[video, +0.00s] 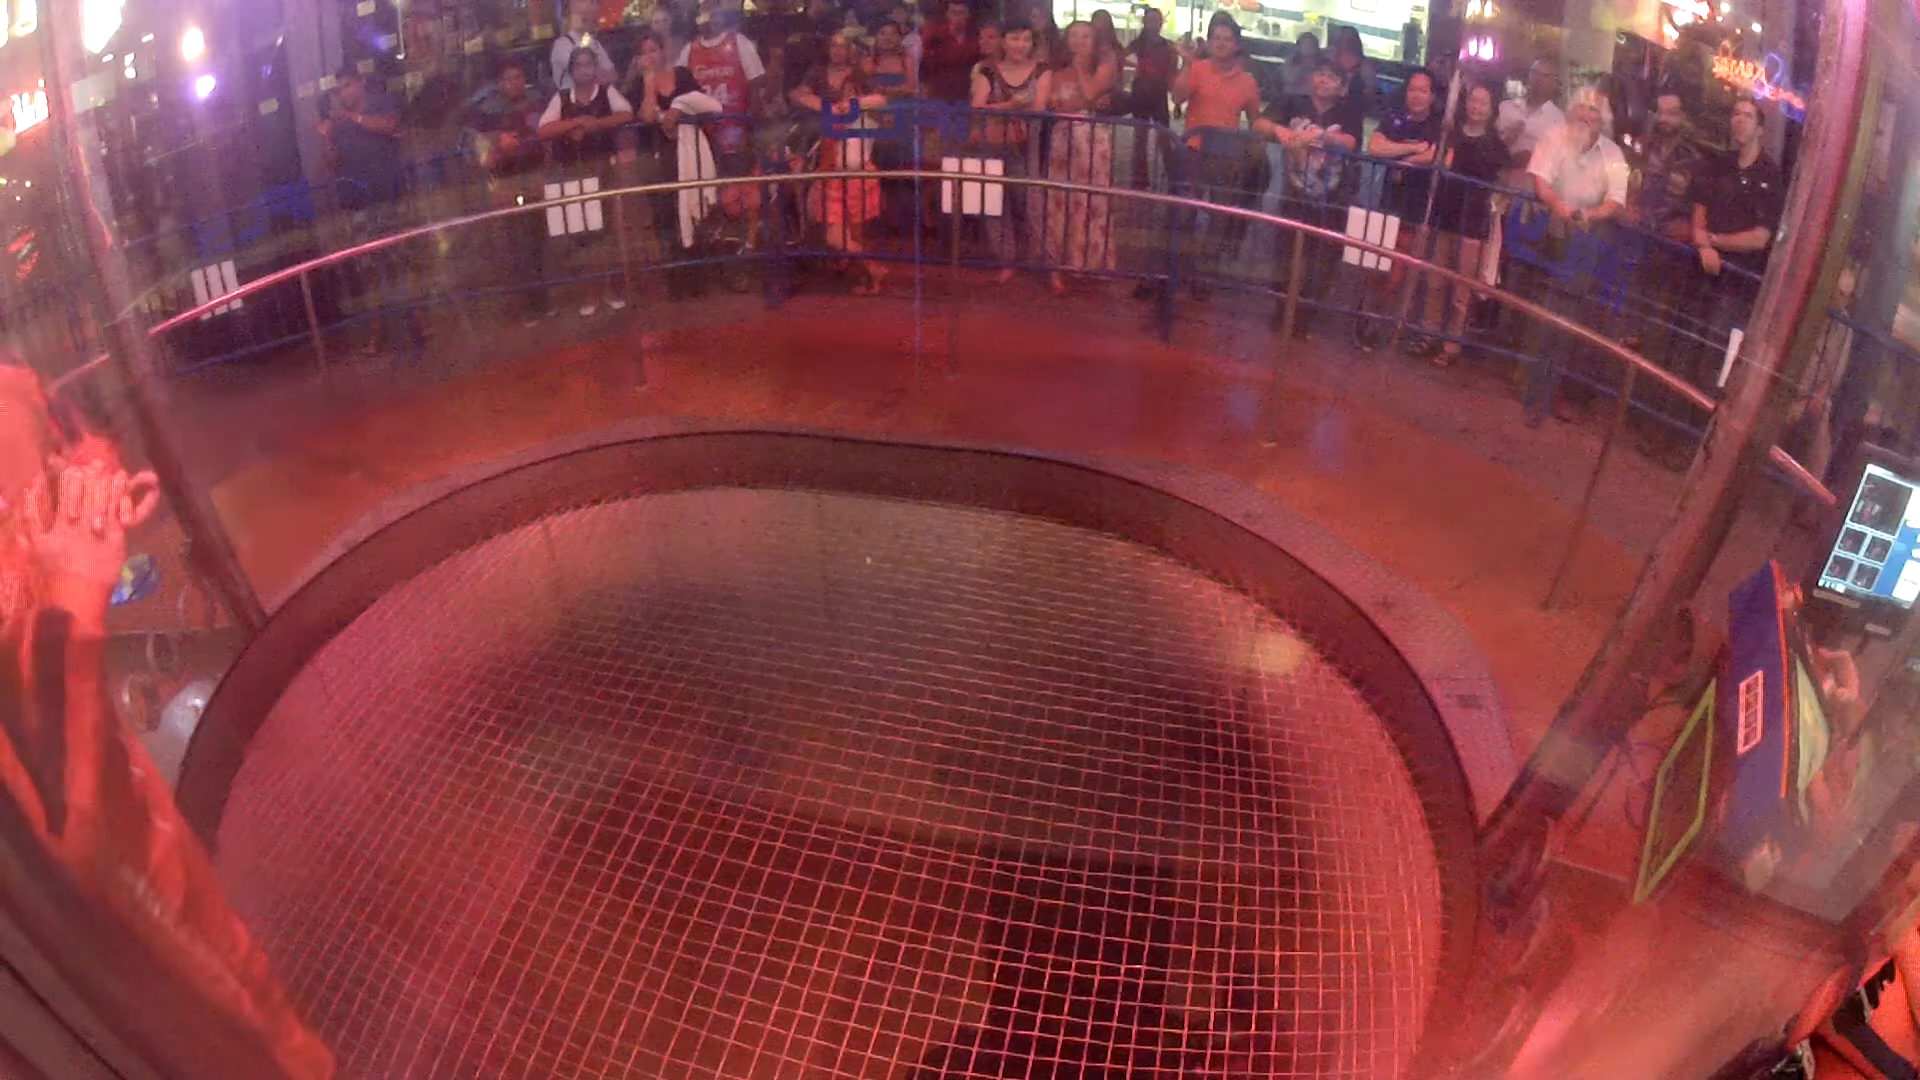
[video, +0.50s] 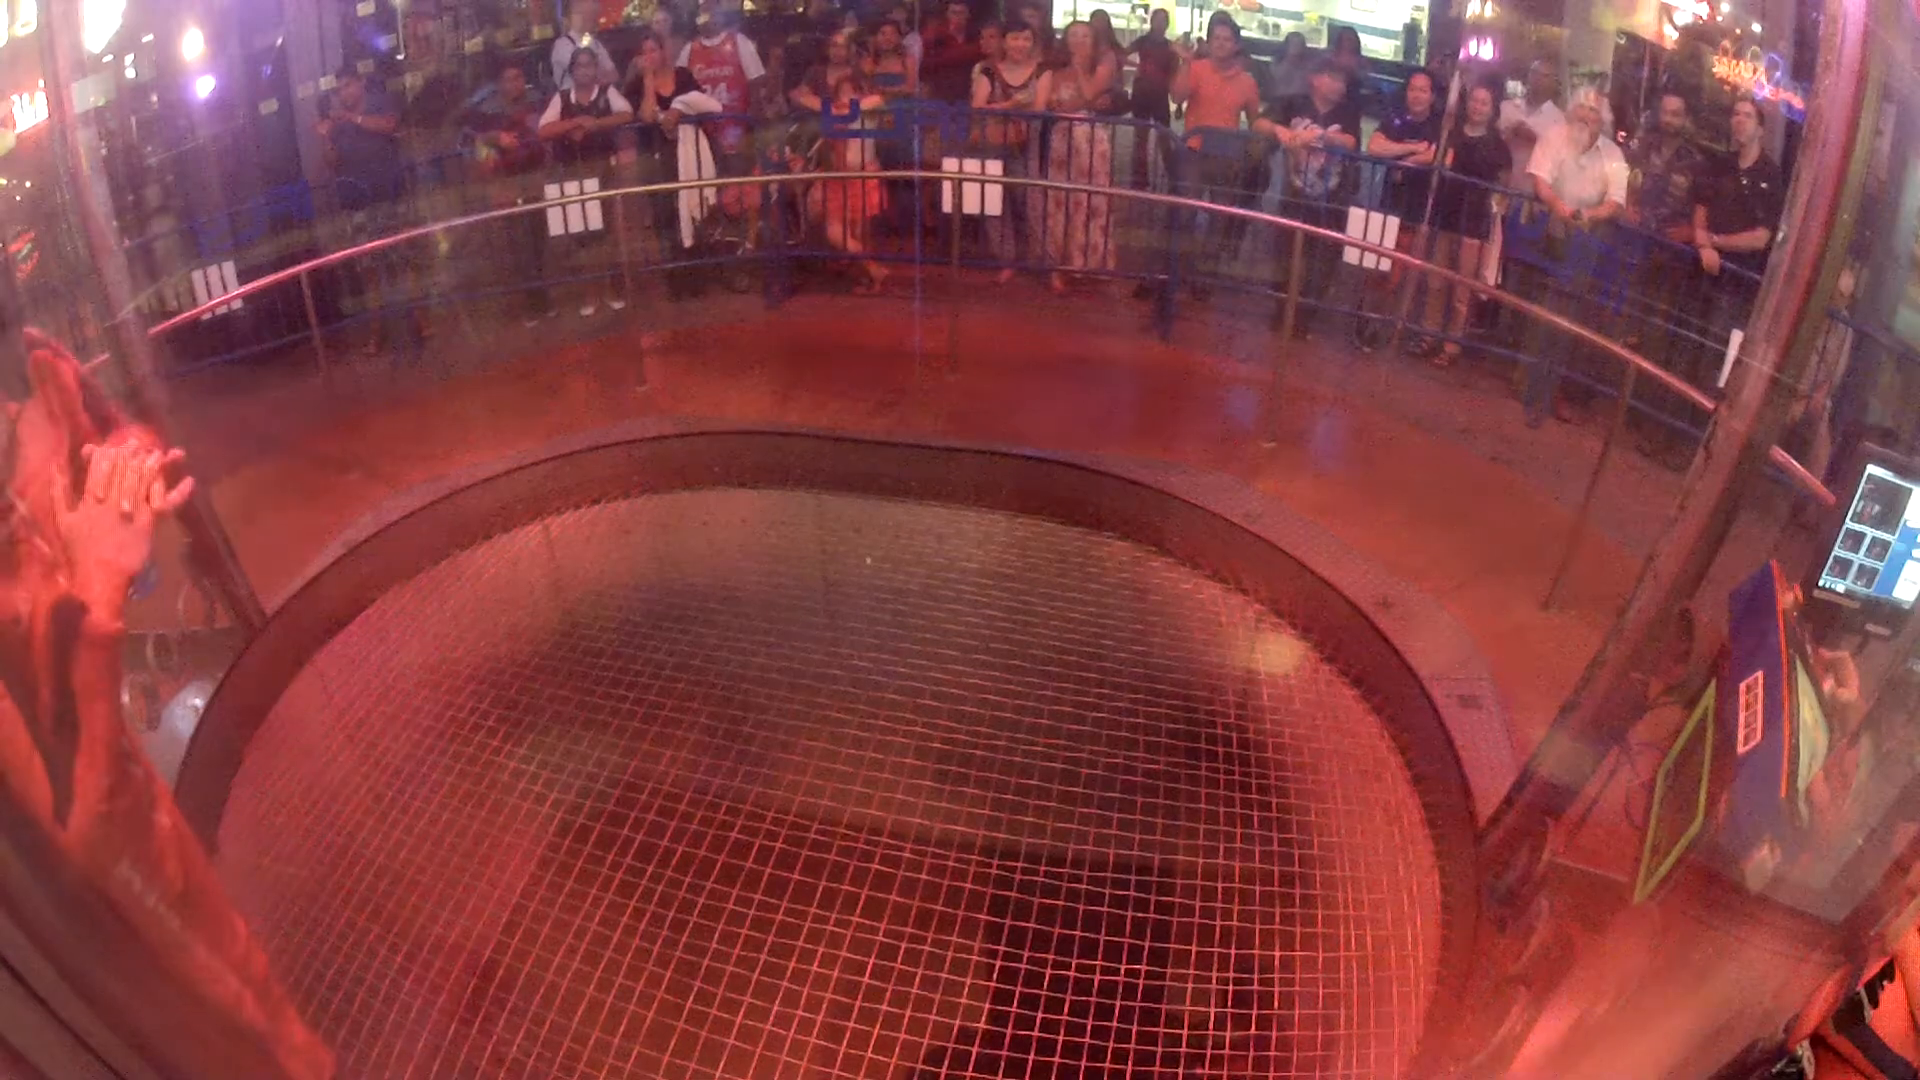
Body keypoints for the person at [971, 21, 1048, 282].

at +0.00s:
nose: (1020, 45)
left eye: (1025, 40)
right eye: (1015, 39)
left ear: (1032, 43)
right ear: (1004, 41)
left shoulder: (1041, 72)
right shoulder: (988, 72)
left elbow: (1038, 109)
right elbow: (977, 108)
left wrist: (1009, 110)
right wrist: (1009, 104)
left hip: (1025, 144)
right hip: (993, 144)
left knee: (1027, 201)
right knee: (994, 203)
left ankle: (1035, 258)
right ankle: (1005, 261)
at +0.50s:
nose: (1019, 45)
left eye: (1025, 39)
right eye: (1014, 38)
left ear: (1033, 44)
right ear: (1004, 42)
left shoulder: (1041, 72)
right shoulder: (988, 72)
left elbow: (1039, 108)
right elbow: (977, 107)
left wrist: (1009, 108)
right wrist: (1009, 104)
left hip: (1026, 143)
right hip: (994, 143)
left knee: (1028, 201)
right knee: (994, 203)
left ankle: (1036, 258)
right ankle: (1005, 260)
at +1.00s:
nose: (1019, 44)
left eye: (1024, 39)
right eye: (1013, 38)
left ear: (1033, 43)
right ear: (1004, 41)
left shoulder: (1042, 71)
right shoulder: (988, 71)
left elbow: (1039, 107)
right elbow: (978, 107)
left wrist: (1011, 109)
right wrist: (1010, 104)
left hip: (1027, 144)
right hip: (994, 144)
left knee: (1029, 201)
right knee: (995, 203)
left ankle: (1038, 260)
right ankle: (1004, 261)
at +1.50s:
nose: (1016, 46)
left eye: (1022, 41)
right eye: (1012, 41)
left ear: (1034, 45)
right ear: (1004, 42)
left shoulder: (1041, 72)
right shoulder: (987, 71)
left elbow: (1038, 108)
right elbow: (977, 107)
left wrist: (1012, 107)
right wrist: (1011, 103)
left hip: (1027, 146)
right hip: (993, 147)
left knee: (1031, 203)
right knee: (994, 206)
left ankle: (1043, 261)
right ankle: (1005, 262)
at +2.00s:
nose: (1015, 52)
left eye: (1021, 46)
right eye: (1011, 46)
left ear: (1033, 48)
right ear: (1003, 47)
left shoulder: (1041, 73)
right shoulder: (987, 71)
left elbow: (1037, 107)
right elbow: (976, 107)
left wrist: (1010, 107)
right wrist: (1009, 104)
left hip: (1026, 147)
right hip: (993, 147)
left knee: (1030, 204)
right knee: (995, 206)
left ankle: (1041, 260)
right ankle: (1005, 262)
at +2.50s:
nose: (1018, 53)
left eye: (1023, 47)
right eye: (1014, 47)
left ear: (1033, 49)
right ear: (1004, 47)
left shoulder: (1041, 74)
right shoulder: (988, 72)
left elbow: (1038, 108)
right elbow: (976, 109)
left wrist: (1016, 108)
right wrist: (1006, 107)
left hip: (1026, 147)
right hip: (993, 148)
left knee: (1030, 202)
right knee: (995, 206)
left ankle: (1038, 259)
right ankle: (1005, 263)